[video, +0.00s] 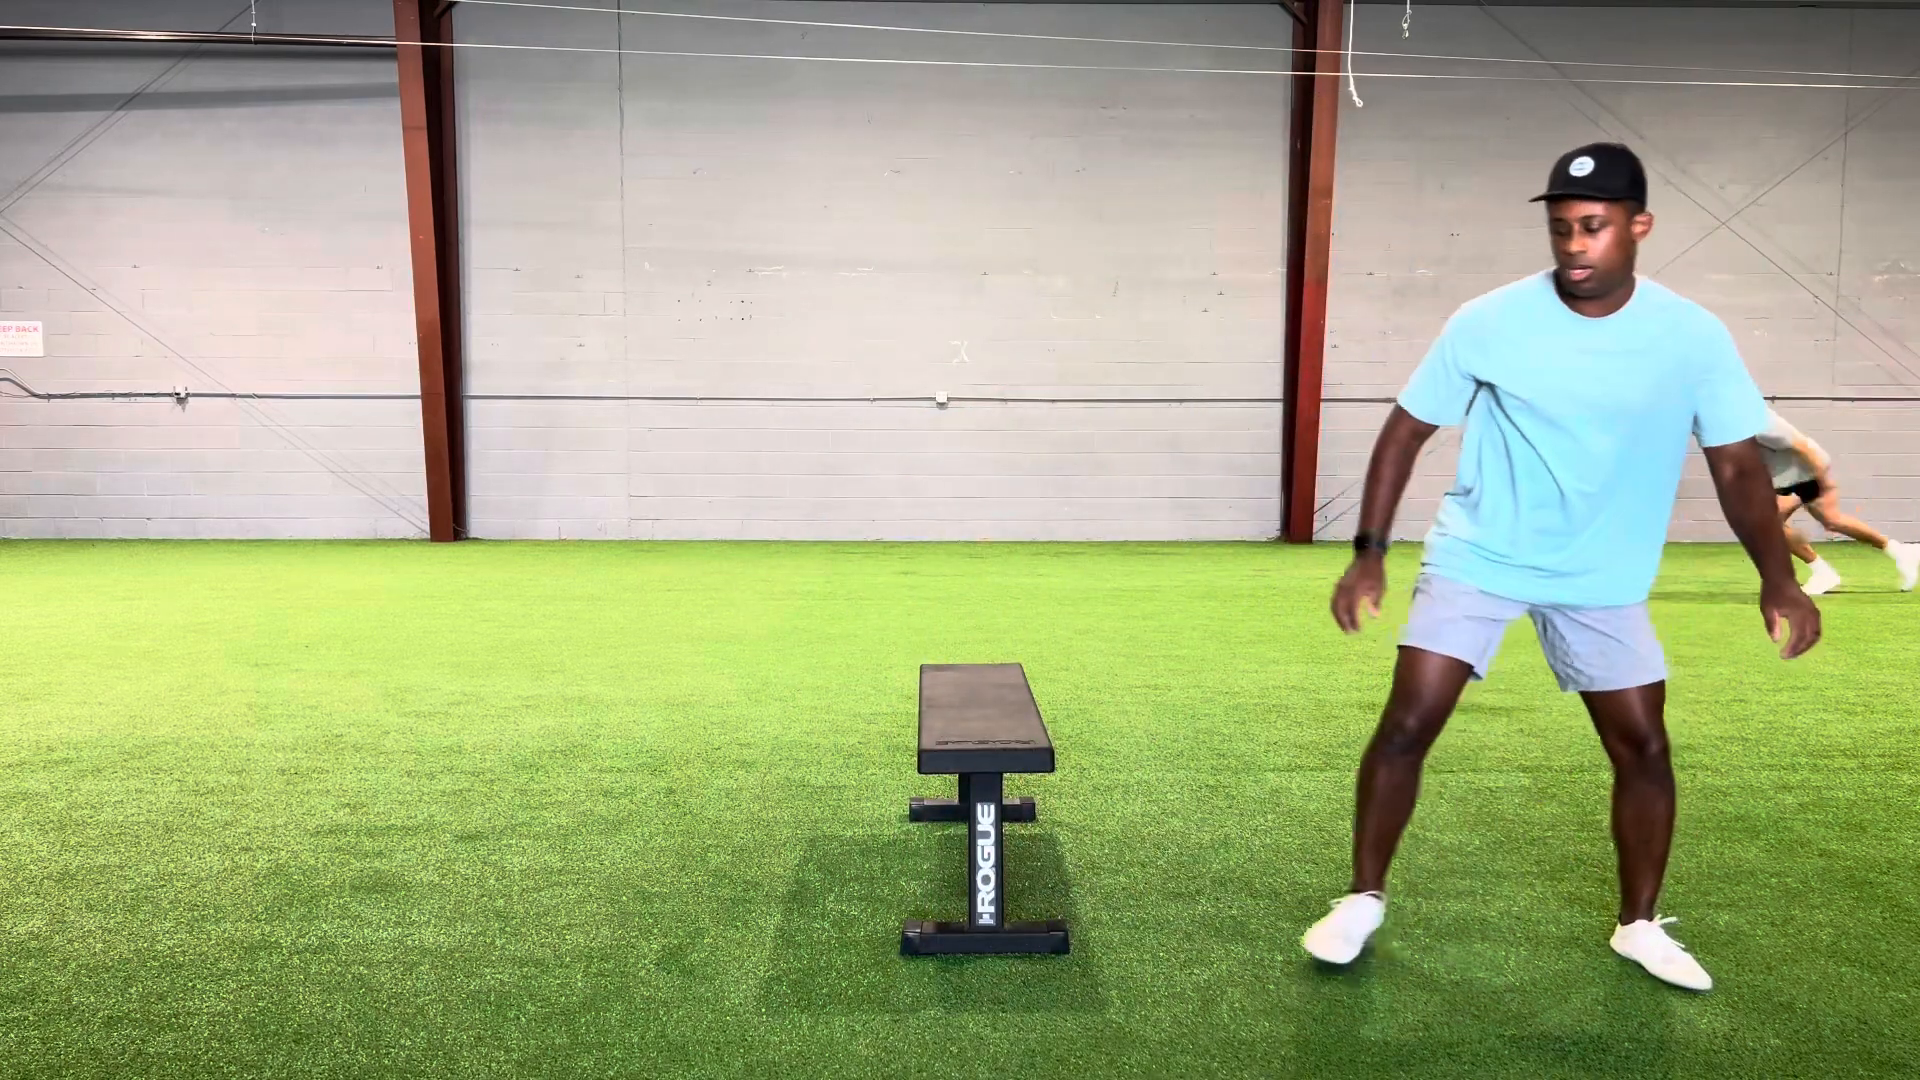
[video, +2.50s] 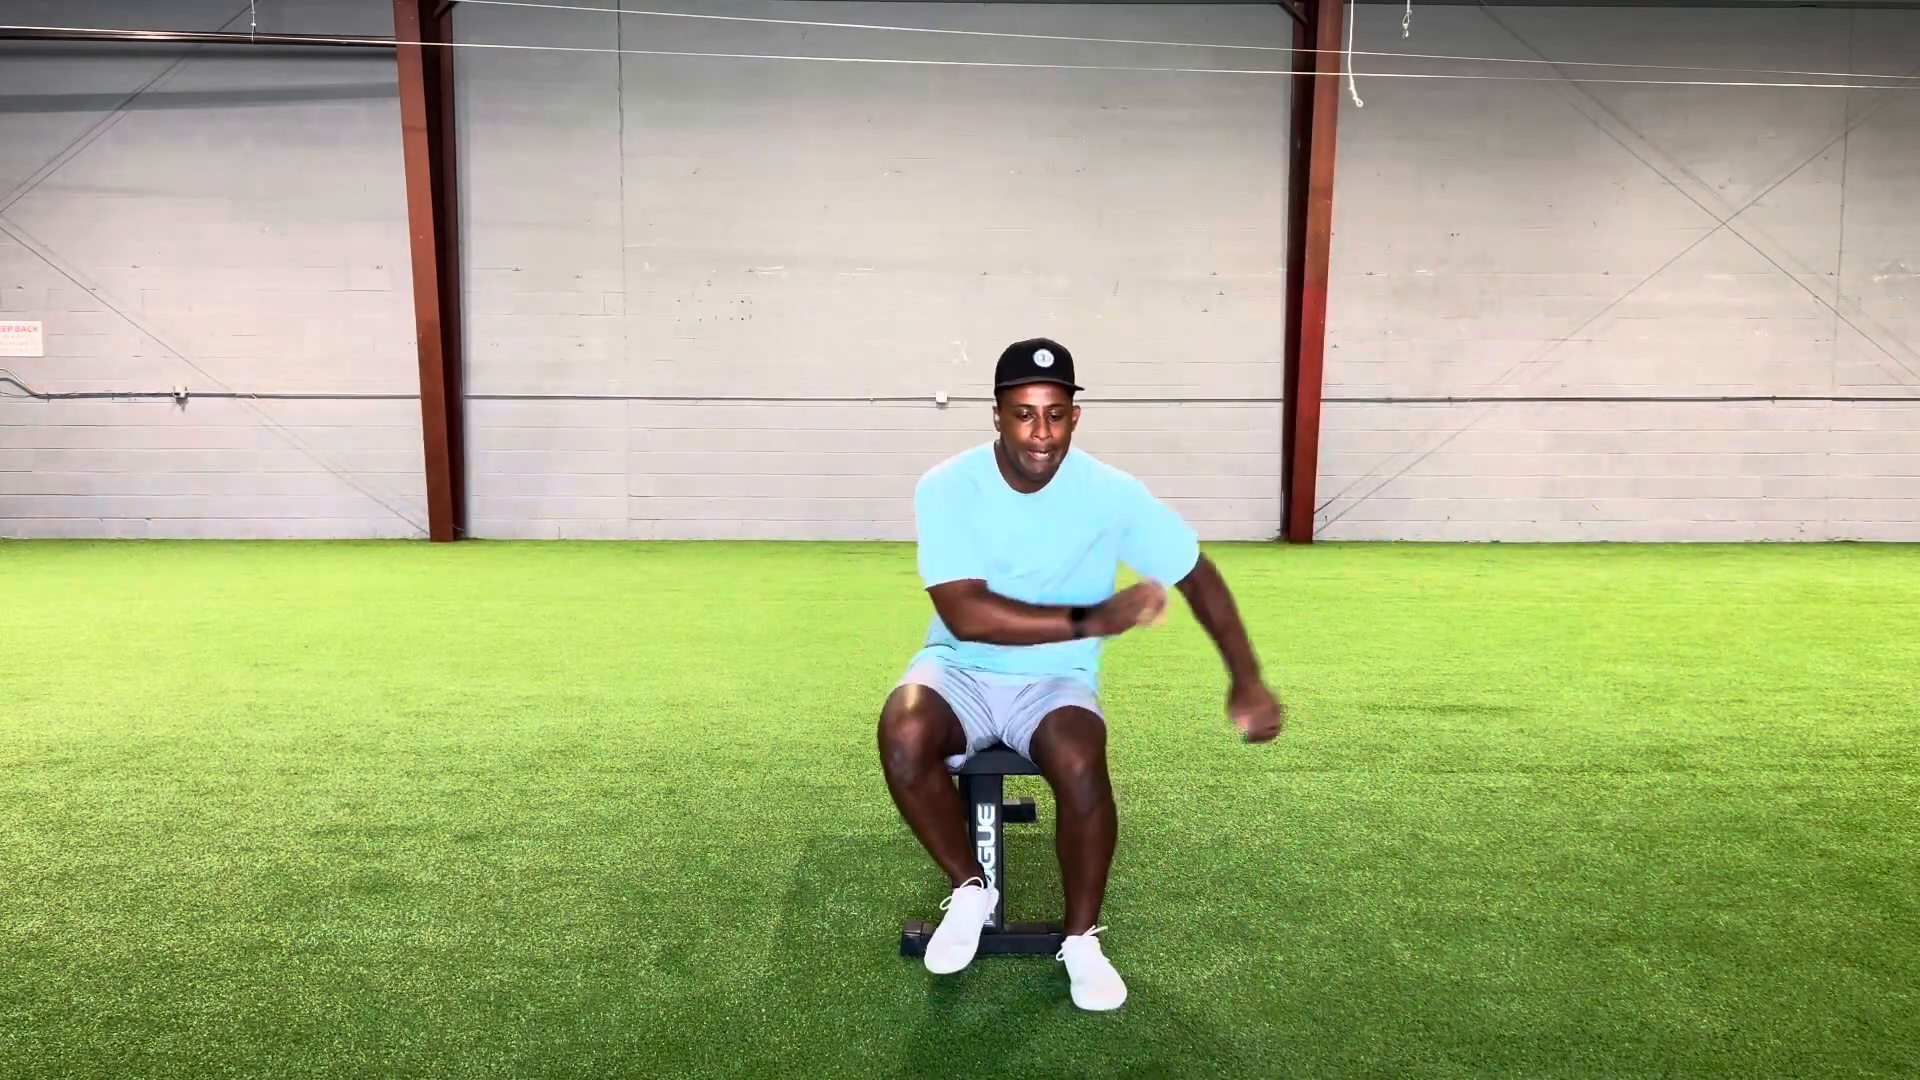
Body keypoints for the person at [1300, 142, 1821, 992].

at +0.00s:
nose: (1572, 245)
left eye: (1592, 227)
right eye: (1560, 226)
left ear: (1639, 228)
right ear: (1546, 226)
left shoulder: (1694, 340)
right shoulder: (1490, 324)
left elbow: (1741, 467)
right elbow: (1404, 430)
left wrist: (1779, 578)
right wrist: (1369, 548)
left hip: (1601, 581)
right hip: (1475, 561)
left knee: (1644, 745)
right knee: (1409, 721)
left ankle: (1640, 922)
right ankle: (1363, 897)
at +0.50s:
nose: (1234, 221)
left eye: (1252, 201)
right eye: (1227, 202)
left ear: (1308, 199)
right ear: (1224, 203)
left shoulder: (1382, 297)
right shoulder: (1201, 307)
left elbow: (1429, 428)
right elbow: (1168, 423)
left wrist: (1450, 563)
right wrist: (1126, 528)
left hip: (1347, 562)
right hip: (1237, 561)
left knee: (1356, 751)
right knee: (1220, 735)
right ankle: (1235, 927)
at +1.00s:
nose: (1096, 297)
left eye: (1117, 280)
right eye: (1084, 275)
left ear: (1156, 273)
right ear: (1067, 262)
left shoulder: (1206, 356)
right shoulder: (1021, 343)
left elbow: (1246, 483)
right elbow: (972, 443)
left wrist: (1215, 587)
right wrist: (952, 550)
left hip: (1158, 590)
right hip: (1045, 581)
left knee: (1179, 762)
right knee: (998, 743)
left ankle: (1191, 938)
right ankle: (966, 934)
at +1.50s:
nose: (1036, 452)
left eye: (1055, 434)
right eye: (1022, 431)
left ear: (1082, 426)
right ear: (1002, 415)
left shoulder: (1121, 504)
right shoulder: (943, 487)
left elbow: (1174, 610)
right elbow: (886, 582)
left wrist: (1167, 676)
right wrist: (887, 676)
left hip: (1063, 680)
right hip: (958, 673)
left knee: (1101, 782)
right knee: (943, 778)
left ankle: (1083, 940)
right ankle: (963, 939)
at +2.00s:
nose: (1009, 407)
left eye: (1024, 392)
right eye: (995, 392)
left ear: (1046, 399)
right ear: (976, 399)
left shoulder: (1088, 490)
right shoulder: (924, 490)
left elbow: (1113, 591)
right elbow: (878, 588)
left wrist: (1112, 618)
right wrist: (897, 619)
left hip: (1050, 675)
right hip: (954, 670)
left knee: (1079, 743)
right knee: (926, 719)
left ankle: (1051, 933)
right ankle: (954, 900)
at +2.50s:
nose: (1042, 434)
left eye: (1056, 417)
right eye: (1025, 417)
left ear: (1074, 418)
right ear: (998, 417)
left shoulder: (1113, 495)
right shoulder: (946, 490)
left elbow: (1195, 572)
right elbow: (965, 616)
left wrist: (1246, 675)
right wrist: (1091, 620)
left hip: (1057, 671)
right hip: (958, 666)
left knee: (1078, 760)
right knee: (902, 734)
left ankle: (1081, 936)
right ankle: (969, 887)